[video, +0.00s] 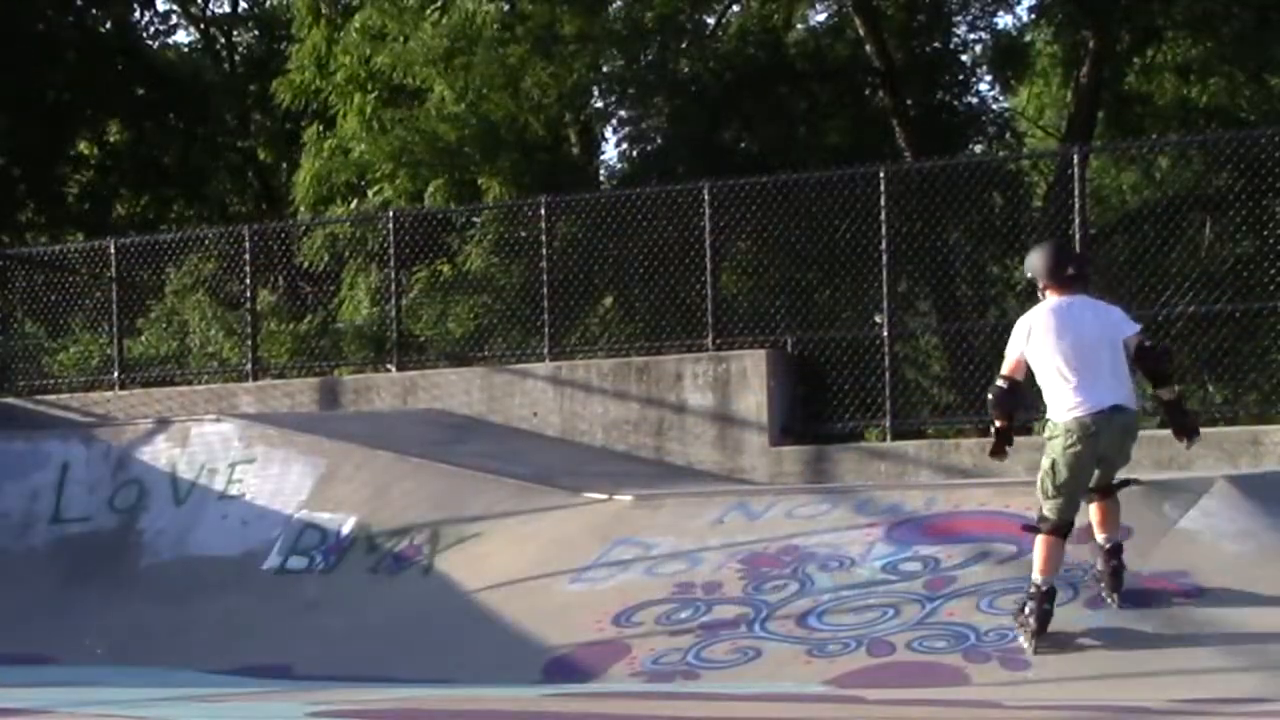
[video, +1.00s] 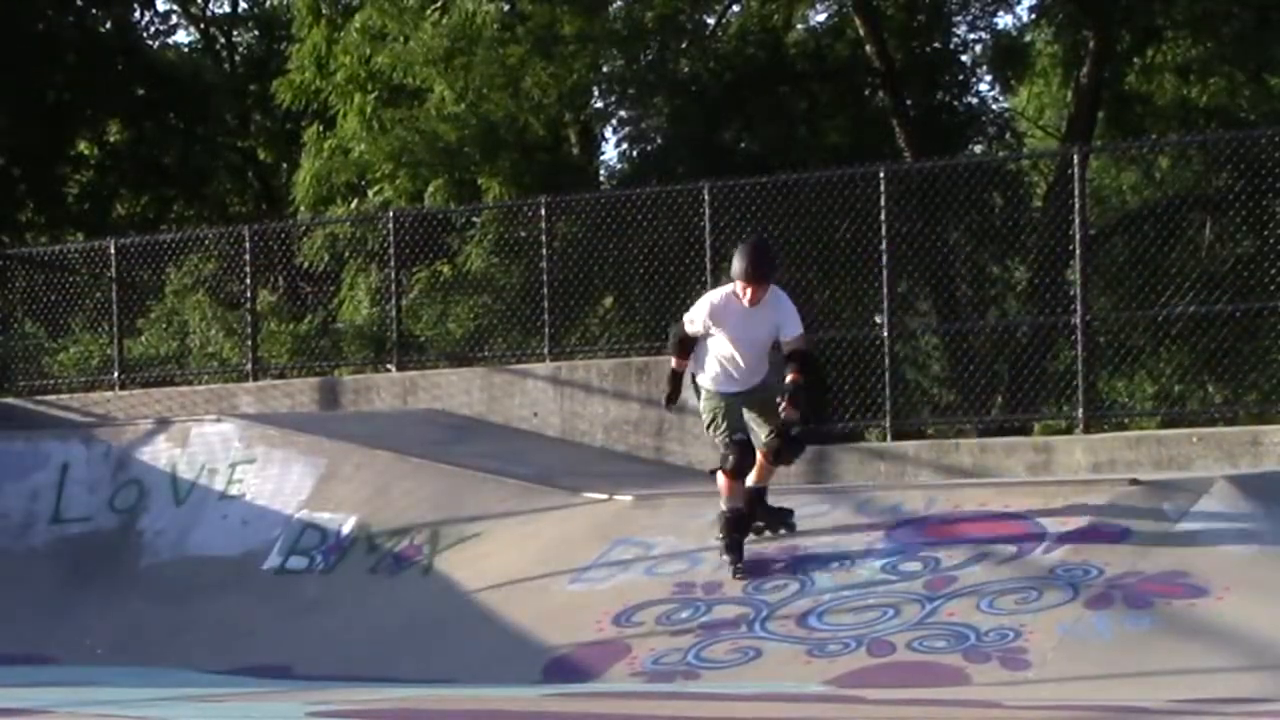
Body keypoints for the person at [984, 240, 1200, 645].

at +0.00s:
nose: (1034, 287)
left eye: (1034, 281)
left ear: (1040, 283)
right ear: (1081, 275)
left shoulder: (1031, 322)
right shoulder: (1110, 312)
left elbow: (1003, 391)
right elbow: (1153, 360)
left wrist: (1000, 432)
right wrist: (1176, 411)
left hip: (1072, 428)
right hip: (1123, 419)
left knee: (1054, 518)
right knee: (1103, 488)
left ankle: (1038, 606)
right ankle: (1113, 571)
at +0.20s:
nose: (970, 266)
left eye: (970, 259)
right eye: (969, 259)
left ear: (980, 257)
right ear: (1011, 250)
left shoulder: (977, 291)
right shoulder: (1039, 282)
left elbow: (957, 354)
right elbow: (1051, 332)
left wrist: (940, 397)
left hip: (1019, 387)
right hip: (1065, 376)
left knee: (1005, 471)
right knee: (1047, 450)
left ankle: (998, 555)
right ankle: (1062, 526)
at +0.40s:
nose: (894, 256)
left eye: (894, 249)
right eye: (892, 249)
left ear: (908, 244)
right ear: (927, 237)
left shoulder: (915, 275)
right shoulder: (954, 261)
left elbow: (931, 325)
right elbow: (962, 322)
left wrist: (928, 357)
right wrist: (919, 353)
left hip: (968, 365)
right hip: (1002, 352)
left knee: (953, 447)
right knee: (981, 429)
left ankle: (967, 533)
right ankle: (995, 498)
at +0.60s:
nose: (802, 259)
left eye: (804, 252)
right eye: (799, 253)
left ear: (826, 244)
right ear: (825, 246)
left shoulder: (853, 270)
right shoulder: (845, 270)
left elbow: (896, 311)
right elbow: (874, 318)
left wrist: (902, 367)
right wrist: (867, 359)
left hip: (915, 352)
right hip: (895, 353)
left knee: (896, 435)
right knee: (873, 423)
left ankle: (942, 504)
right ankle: (897, 495)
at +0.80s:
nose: (750, 274)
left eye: (754, 267)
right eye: (746, 268)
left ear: (776, 261)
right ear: (744, 265)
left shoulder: (813, 284)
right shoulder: (759, 287)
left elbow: (847, 338)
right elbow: (792, 325)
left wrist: (841, 384)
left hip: (839, 366)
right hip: (800, 369)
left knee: (853, 434)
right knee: (785, 433)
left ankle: (866, 492)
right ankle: (799, 507)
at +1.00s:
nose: (750, 293)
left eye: (757, 286)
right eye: (744, 285)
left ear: (769, 280)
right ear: (734, 278)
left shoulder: (780, 305)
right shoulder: (714, 303)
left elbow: (796, 351)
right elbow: (684, 338)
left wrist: (793, 392)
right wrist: (675, 381)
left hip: (759, 386)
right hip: (716, 389)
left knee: (777, 445)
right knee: (735, 458)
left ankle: (753, 500)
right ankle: (733, 538)